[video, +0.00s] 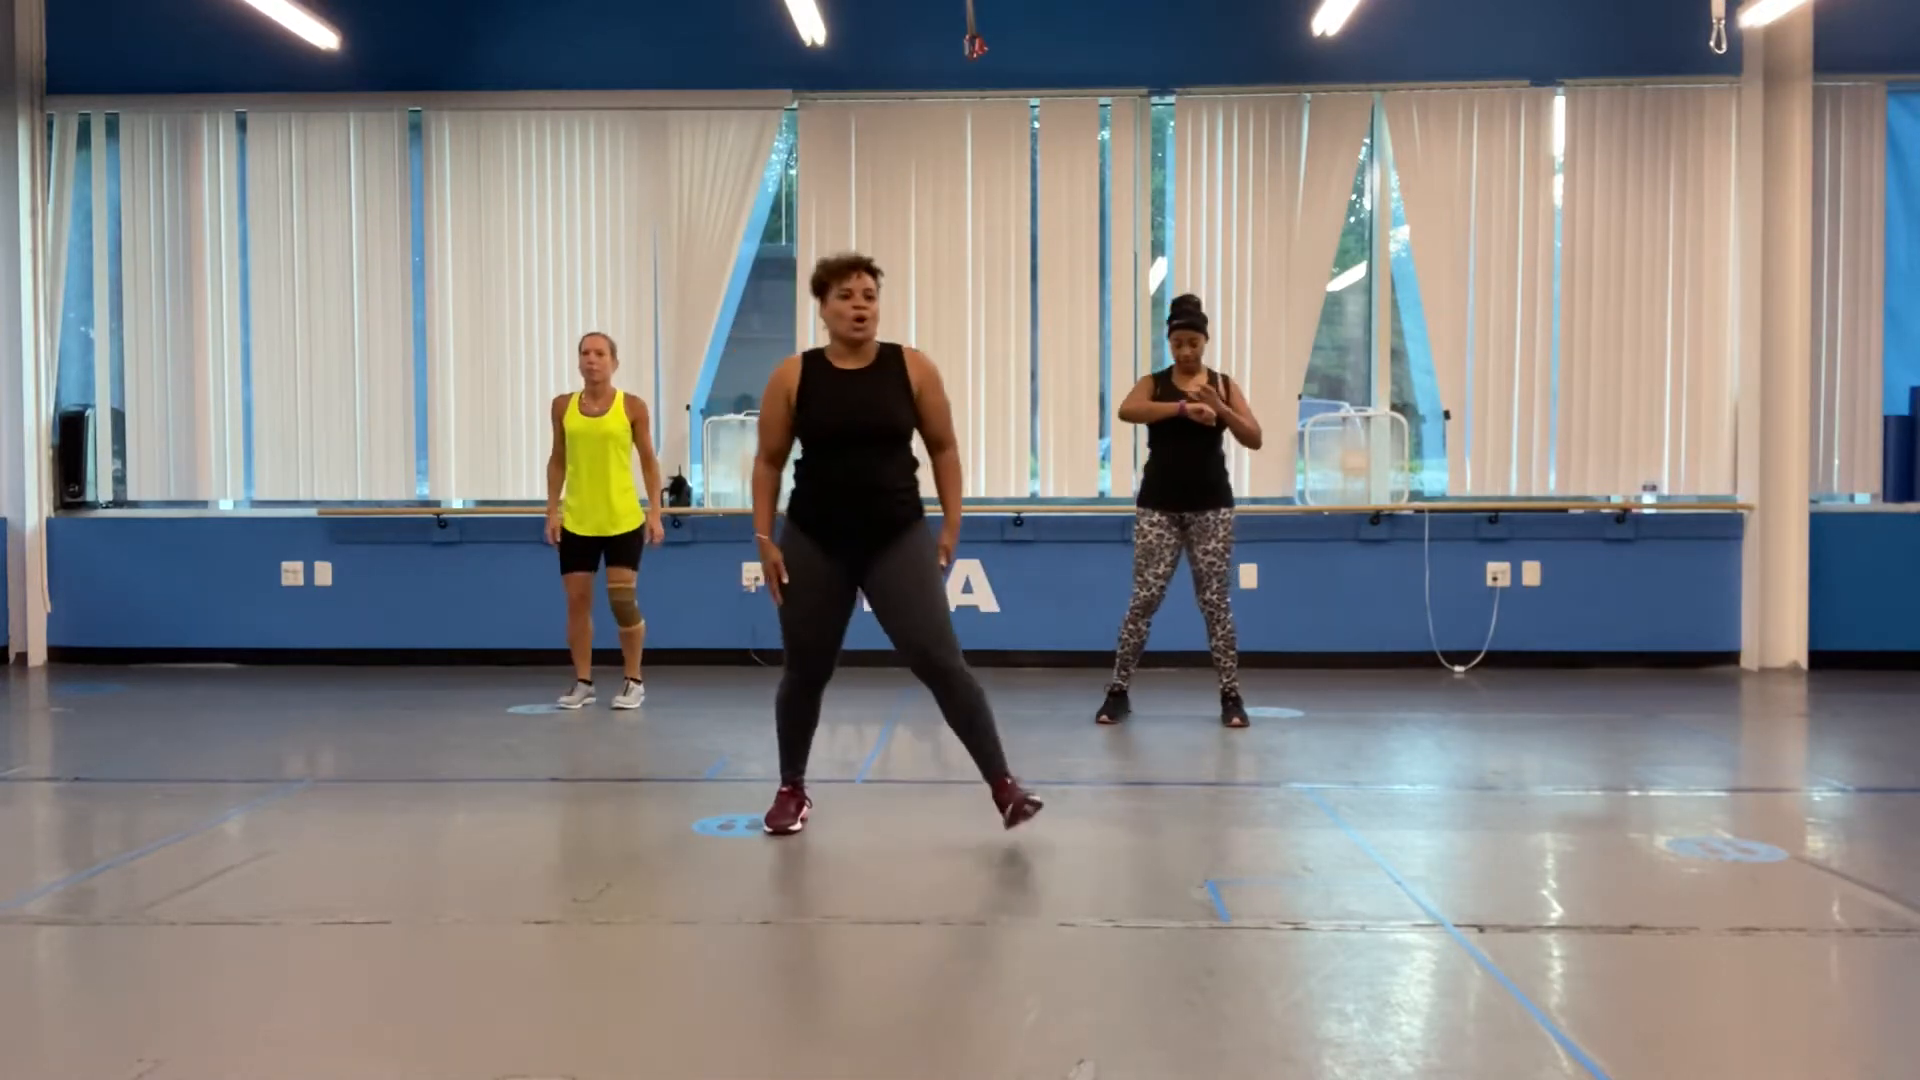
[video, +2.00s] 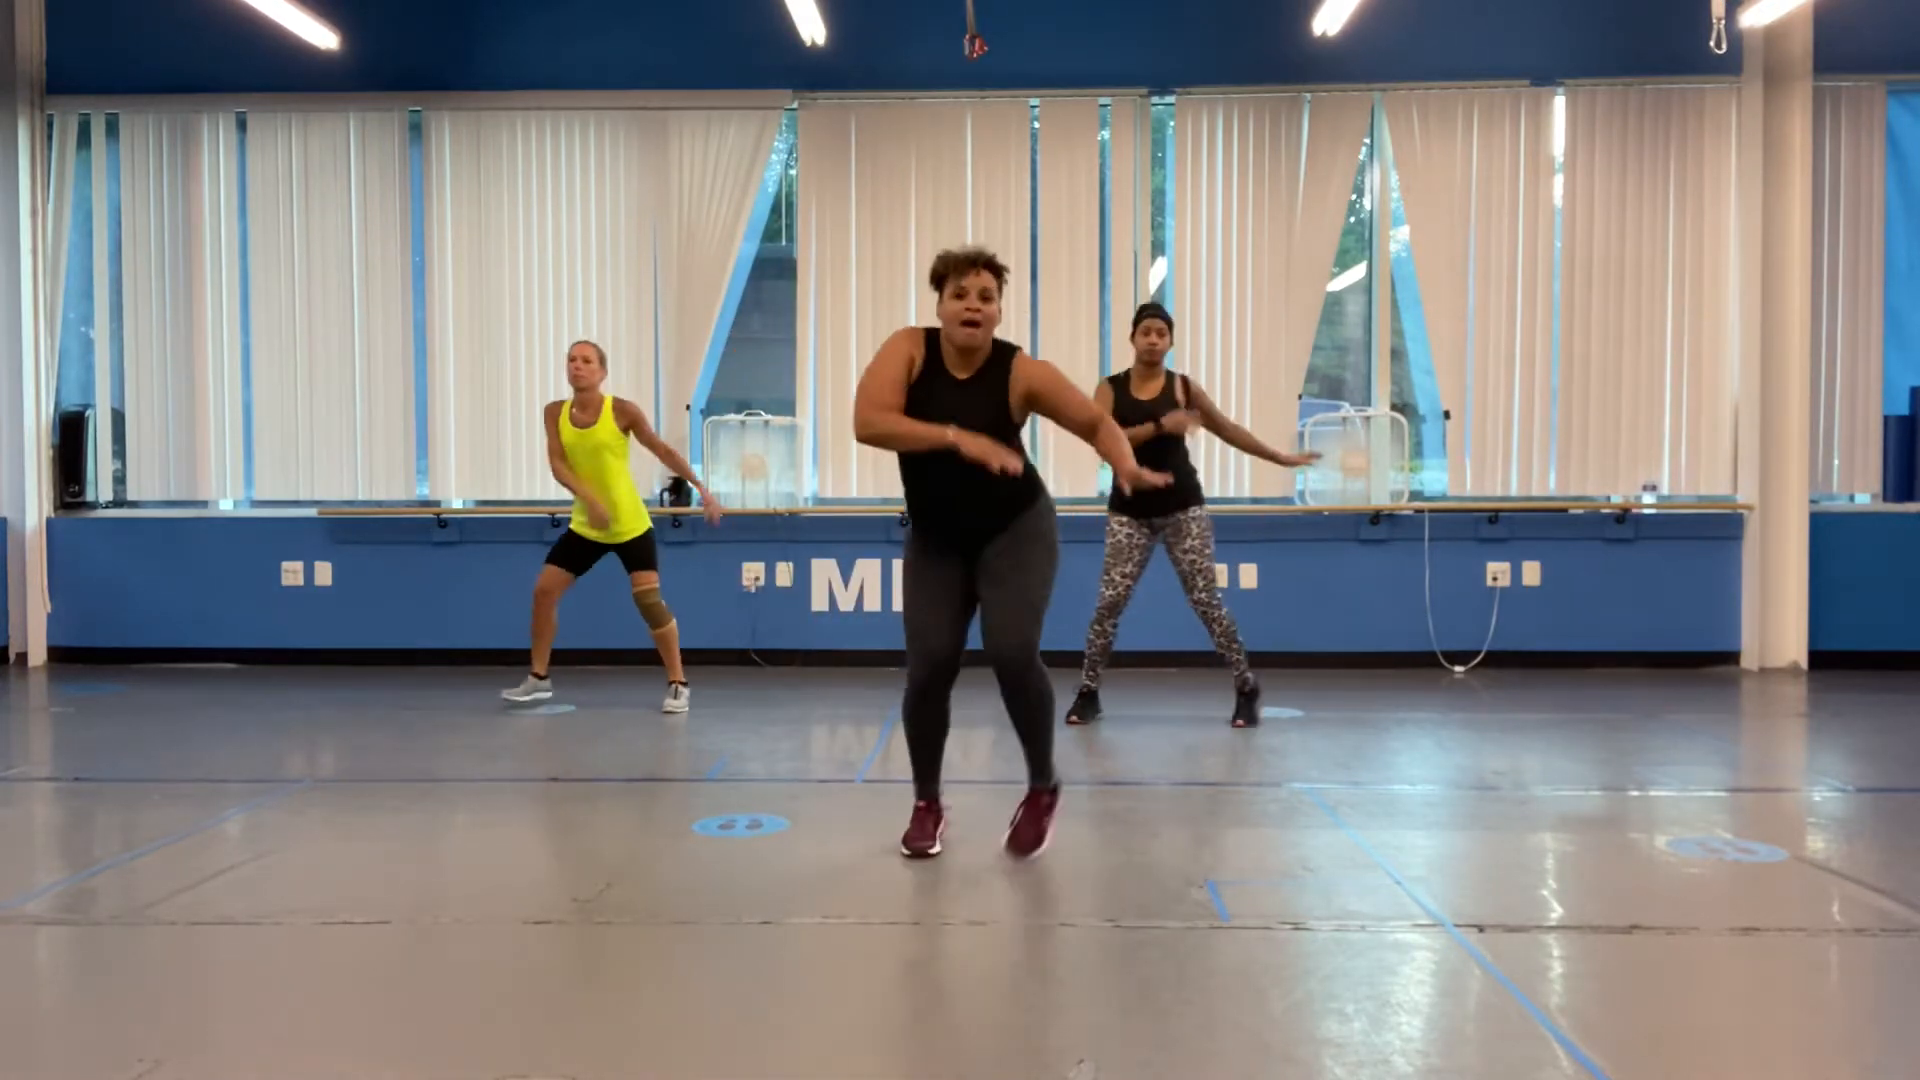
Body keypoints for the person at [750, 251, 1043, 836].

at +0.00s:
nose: (860, 305)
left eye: (869, 295)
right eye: (846, 296)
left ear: (880, 305)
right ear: (822, 308)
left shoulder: (914, 370)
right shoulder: (793, 377)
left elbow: (943, 449)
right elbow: (768, 461)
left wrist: (951, 526)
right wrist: (765, 540)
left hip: (897, 537)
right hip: (815, 540)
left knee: (941, 662)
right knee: (805, 670)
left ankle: (1002, 783)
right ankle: (791, 789)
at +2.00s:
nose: (974, 307)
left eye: (987, 297)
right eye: (962, 295)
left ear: (1001, 309)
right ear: (939, 304)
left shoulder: (1024, 374)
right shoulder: (907, 350)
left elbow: (1096, 423)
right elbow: (869, 423)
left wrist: (1128, 467)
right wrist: (958, 438)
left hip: (1015, 529)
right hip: (936, 535)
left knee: (1011, 652)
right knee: (929, 668)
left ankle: (1042, 788)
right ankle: (926, 803)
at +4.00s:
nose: (850, 338)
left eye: (862, 326)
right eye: (839, 329)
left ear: (884, 331)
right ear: (828, 338)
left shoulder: (920, 379)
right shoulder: (814, 401)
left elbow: (961, 428)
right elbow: (783, 478)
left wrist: (882, 439)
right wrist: (720, 454)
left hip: (918, 552)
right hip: (838, 552)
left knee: (941, 676)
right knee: (799, 655)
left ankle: (941, 793)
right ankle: (769, 752)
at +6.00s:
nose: (937, 350)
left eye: (949, 339)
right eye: (929, 339)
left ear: (980, 332)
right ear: (922, 337)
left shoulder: (1016, 388)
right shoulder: (908, 367)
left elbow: (1021, 467)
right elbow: (825, 359)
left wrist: (1005, 460)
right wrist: (801, 415)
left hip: (986, 545)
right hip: (907, 542)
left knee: (1035, 651)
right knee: (891, 668)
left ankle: (1041, 774)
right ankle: (878, 790)